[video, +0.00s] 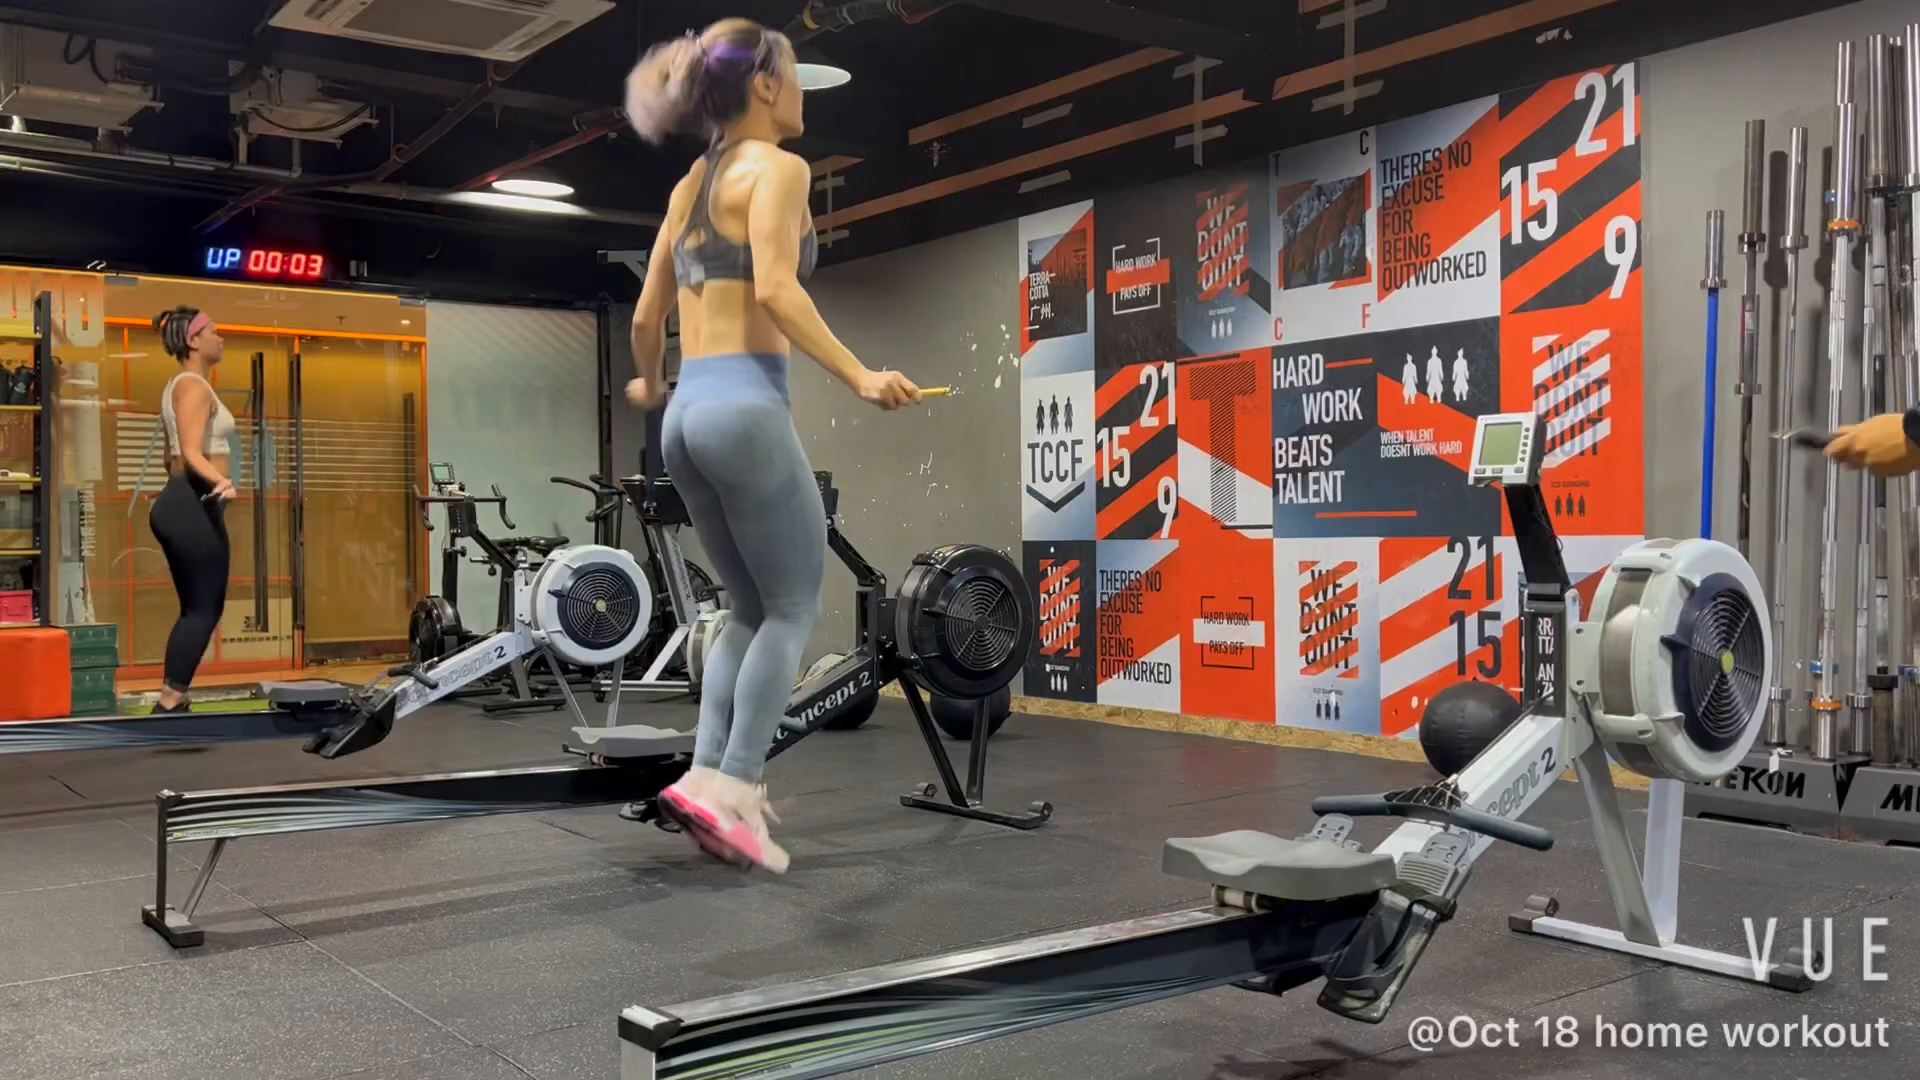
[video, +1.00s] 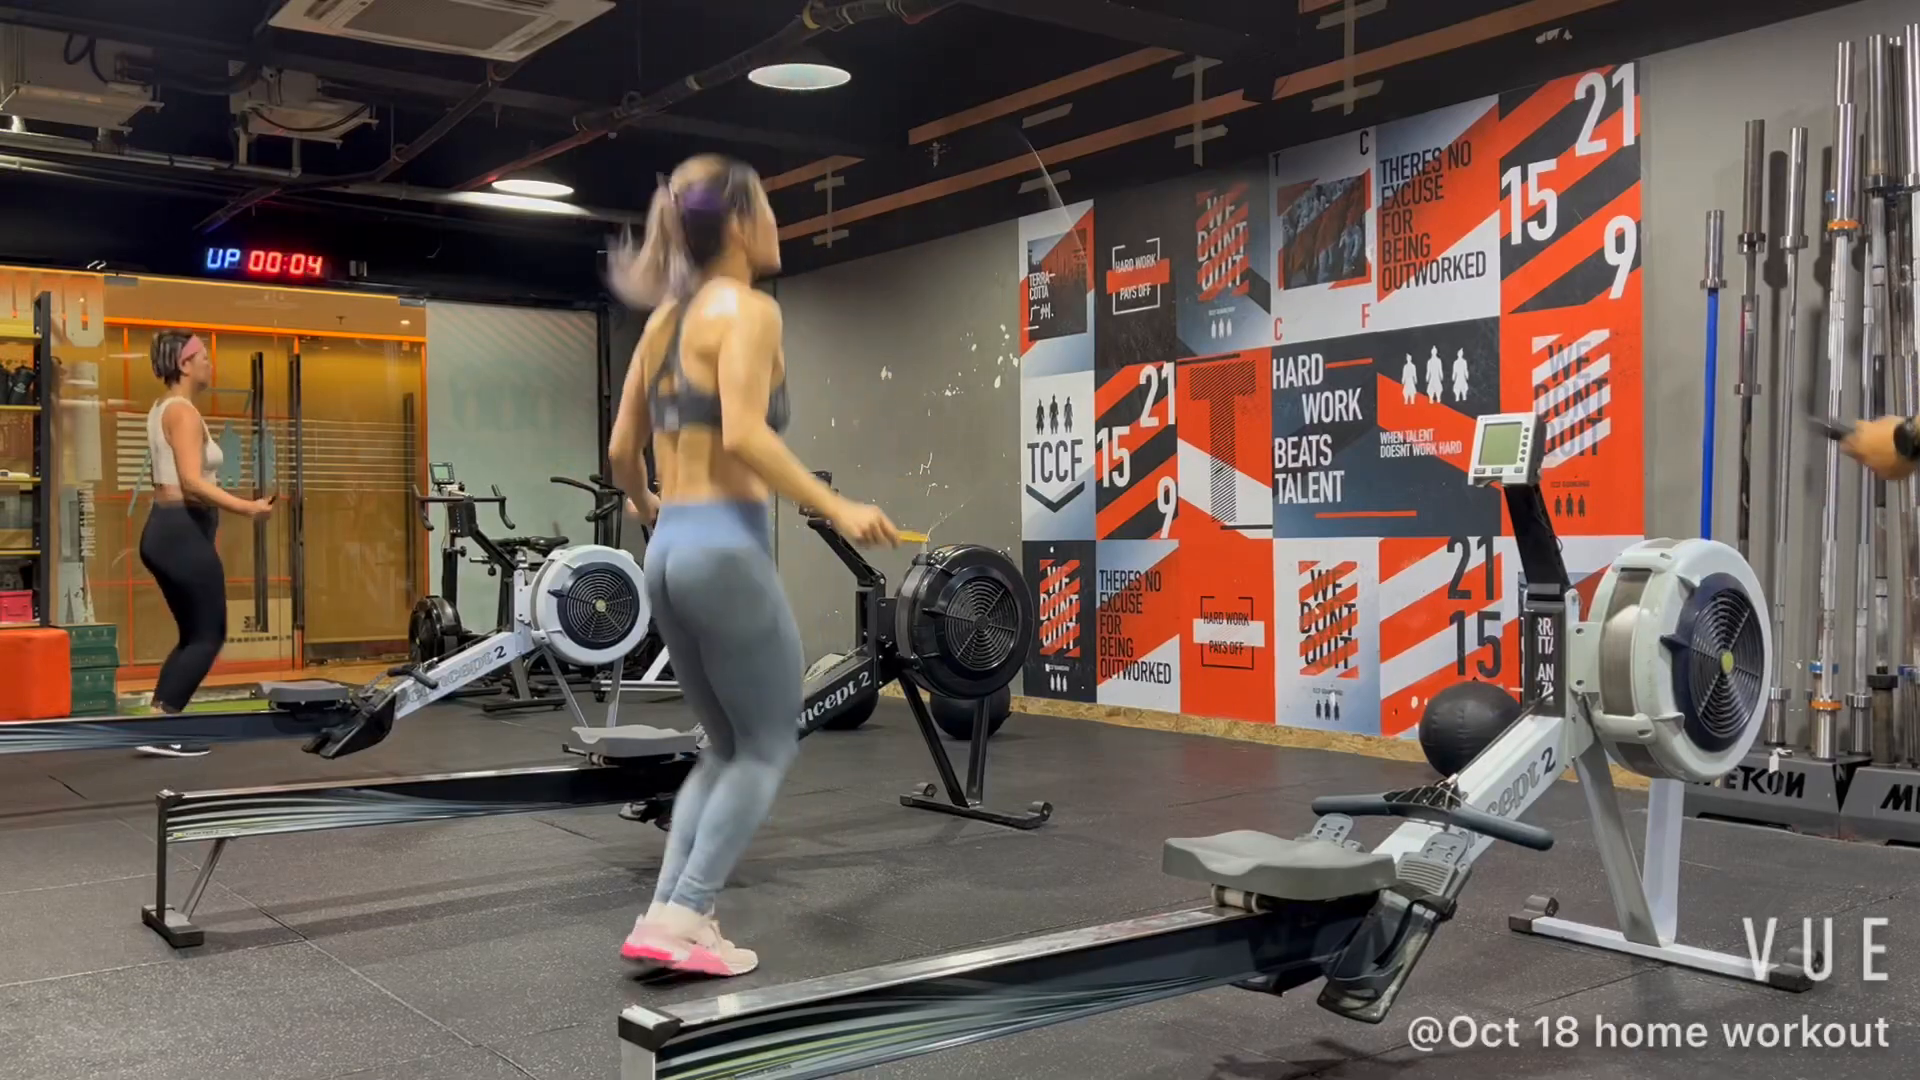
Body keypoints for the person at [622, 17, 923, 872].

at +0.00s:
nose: (801, 93)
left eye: (794, 79)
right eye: (792, 79)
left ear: (730, 94)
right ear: (765, 85)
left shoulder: (691, 183)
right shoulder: (779, 167)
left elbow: (649, 311)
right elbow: (776, 289)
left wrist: (648, 379)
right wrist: (861, 373)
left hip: (681, 412)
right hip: (743, 407)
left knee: (746, 610)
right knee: (791, 609)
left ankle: (711, 783)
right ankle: (733, 785)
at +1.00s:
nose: (776, 225)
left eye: (768, 210)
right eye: (765, 211)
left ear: (704, 230)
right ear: (740, 225)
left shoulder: (666, 320)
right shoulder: (749, 310)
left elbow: (623, 452)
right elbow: (743, 437)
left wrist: (659, 512)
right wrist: (837, 506)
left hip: (664, 553)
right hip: (721, 550)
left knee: (724, 746)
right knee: (767, 745)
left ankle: (666, 913)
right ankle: (685, 915)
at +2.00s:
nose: (773, 144)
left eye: (768, 128)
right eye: (763, 130)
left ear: (705, 146)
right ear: (733, 141)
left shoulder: (664, 240)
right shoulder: (746, 223)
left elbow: (609, 358)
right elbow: (730, 343)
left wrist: (559, 440)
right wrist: (805, 425)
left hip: (659, 465)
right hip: (717, 462)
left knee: (702, 671)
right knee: (739, 672)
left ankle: (681, 847)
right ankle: (714, 862)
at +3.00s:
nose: (769, 91)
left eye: (763, 75)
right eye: (760, 75)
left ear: (701, 90)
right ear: (732, 81)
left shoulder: (660, 178)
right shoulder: (747, 164)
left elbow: (615, 307)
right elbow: (735, 283)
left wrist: (630, 380)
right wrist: (816, 373)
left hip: (652, 409)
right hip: (711, 402)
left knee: (705, 614)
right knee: (754, 608)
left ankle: (683, 786)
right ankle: (704, 792)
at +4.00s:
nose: (765, 192)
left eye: (757, 177)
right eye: (754, 178)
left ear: (690, 198)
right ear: (729, 192)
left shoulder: (660, 289)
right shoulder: (737, 279)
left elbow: (622, 406)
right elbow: (730, 406)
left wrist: (614, 485)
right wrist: (817, 483)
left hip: (668, 521)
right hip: (715, 518)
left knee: (720, 723)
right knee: (757, 721)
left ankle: (679, 905)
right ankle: (685, 909)